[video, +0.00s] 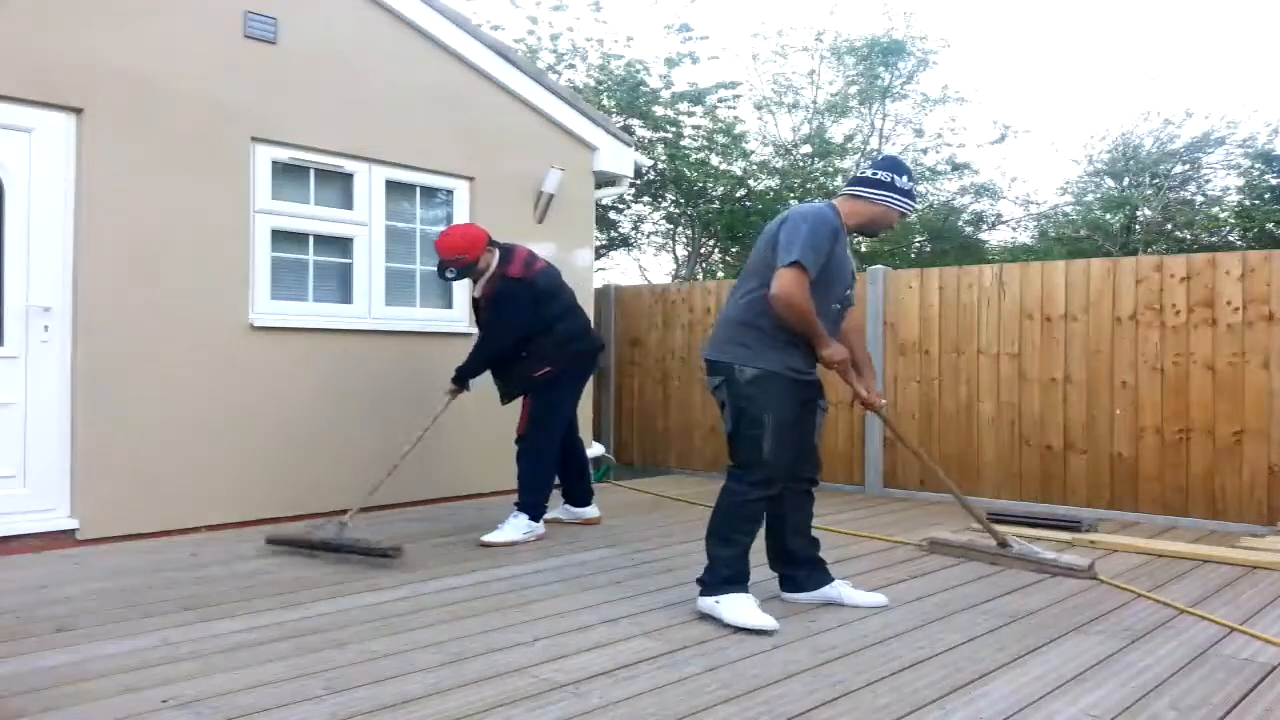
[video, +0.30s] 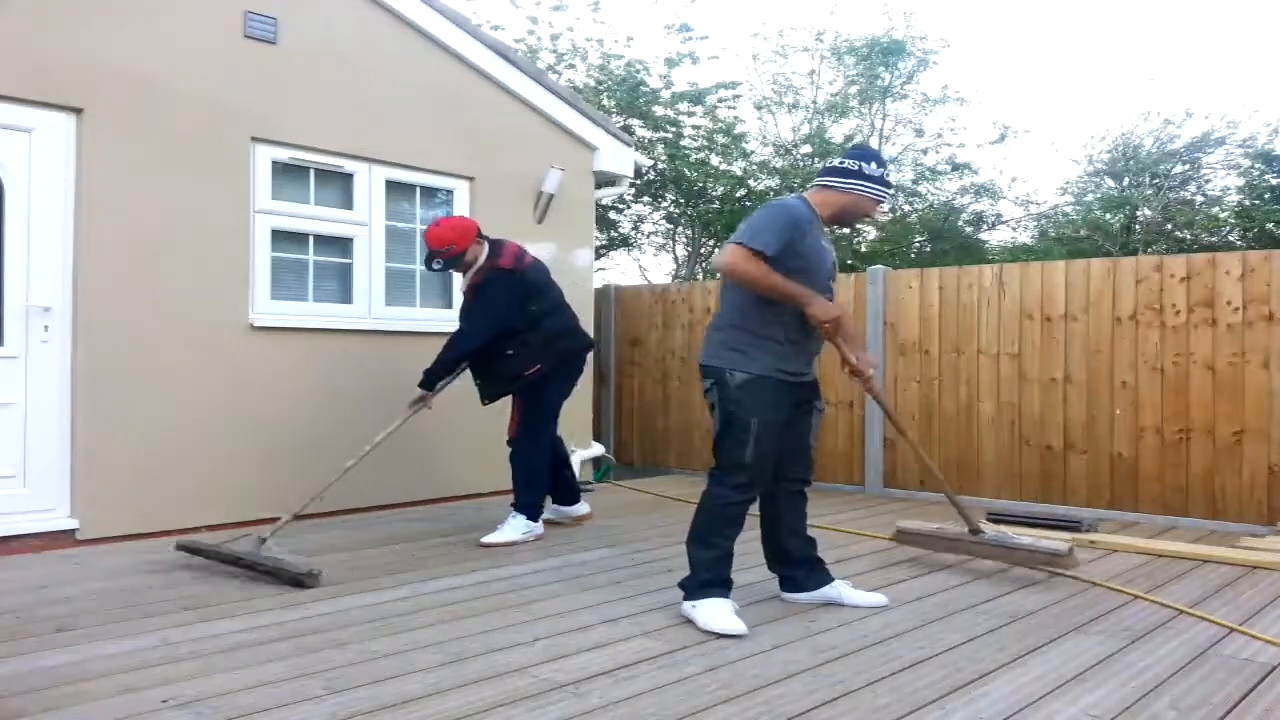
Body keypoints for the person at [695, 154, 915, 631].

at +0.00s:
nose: (898, 222)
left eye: (902, 214)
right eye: (899, 211)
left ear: (869, 196)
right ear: (879, 198)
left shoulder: (842, 256)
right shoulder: (814, 217)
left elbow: (847, 321)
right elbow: (786, 294)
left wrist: (864, 379)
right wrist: (825, 342)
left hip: (791, 370)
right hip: (752, 363)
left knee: (796, 477)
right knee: (757, 474)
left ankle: (803, 579)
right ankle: (721, 587)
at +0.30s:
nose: (874, 213)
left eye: (878, 205)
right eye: (876, 202)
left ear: (846, 188)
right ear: (855, 189)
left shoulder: (822, 246)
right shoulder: (786, 212)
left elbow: (823, 308)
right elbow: (733, 260)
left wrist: (851, 351)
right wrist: (808, 299)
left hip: (792, 376)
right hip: (744, 370)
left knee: (789, 483)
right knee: (735, 481)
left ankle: (803, 581)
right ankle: (704, 591)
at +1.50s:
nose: (917, 204)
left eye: (923, 195)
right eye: (915, 191)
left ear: (900, 184)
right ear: (887, 175)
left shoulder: (892, 241)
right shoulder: (794, 206)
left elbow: (890, 310)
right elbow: (708, 232)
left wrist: (872, 340)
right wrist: (774, 256)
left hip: (833, 381)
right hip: (759, 369)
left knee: (820, 490)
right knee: (737, 482)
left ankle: (820, 594)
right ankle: (714, 592)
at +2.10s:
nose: (874, 198)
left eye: (882, 188)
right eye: (865, 186)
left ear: (887, 183)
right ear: (835, 173)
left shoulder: (888, 236)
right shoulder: (768, 213)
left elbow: (912, 309)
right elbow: (702, 270)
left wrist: (887, 377)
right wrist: (759, 315)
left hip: (838, 386)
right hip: (758, 378)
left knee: (831, 489)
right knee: (755, 484)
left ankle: (822, 593)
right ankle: (762, 583)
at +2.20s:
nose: (822, 190)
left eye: (836, 180)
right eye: (812, 177)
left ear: (856, 179)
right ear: (796, 169)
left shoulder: (877, 229)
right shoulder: (752, 215)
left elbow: (913, 298)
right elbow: (692, 270)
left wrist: (877, 363)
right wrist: (739, 298)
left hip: (836, 381)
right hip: (756, 378)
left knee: (830, 489)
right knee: (756, 484)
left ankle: (822, 593)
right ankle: (762, 584)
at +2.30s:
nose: (794, 185)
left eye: (807, 177)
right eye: (787, 174)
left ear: (835, 175)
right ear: (777, 167)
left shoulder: (869, 226)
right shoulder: (742, 216)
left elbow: (908, 292)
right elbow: (681, 266)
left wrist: (858, 349)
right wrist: (716, 286)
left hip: (830, 380)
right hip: (753, 377)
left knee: (828, 488)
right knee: (755, 484)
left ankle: (822, 593)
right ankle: (762, 584)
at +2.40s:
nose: (766, 183)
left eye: (778, 173)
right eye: (759, 172)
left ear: (809, 170)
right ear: (751, 169)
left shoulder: (852, 222)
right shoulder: (731, 216)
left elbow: (884, 292)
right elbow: (668, 255)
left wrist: (803, 330)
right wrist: (680, 270)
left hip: (826, 377)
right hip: (746, 373)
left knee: (829, 485)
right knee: (752, 482)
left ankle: (823, 593)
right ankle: (762, 584)